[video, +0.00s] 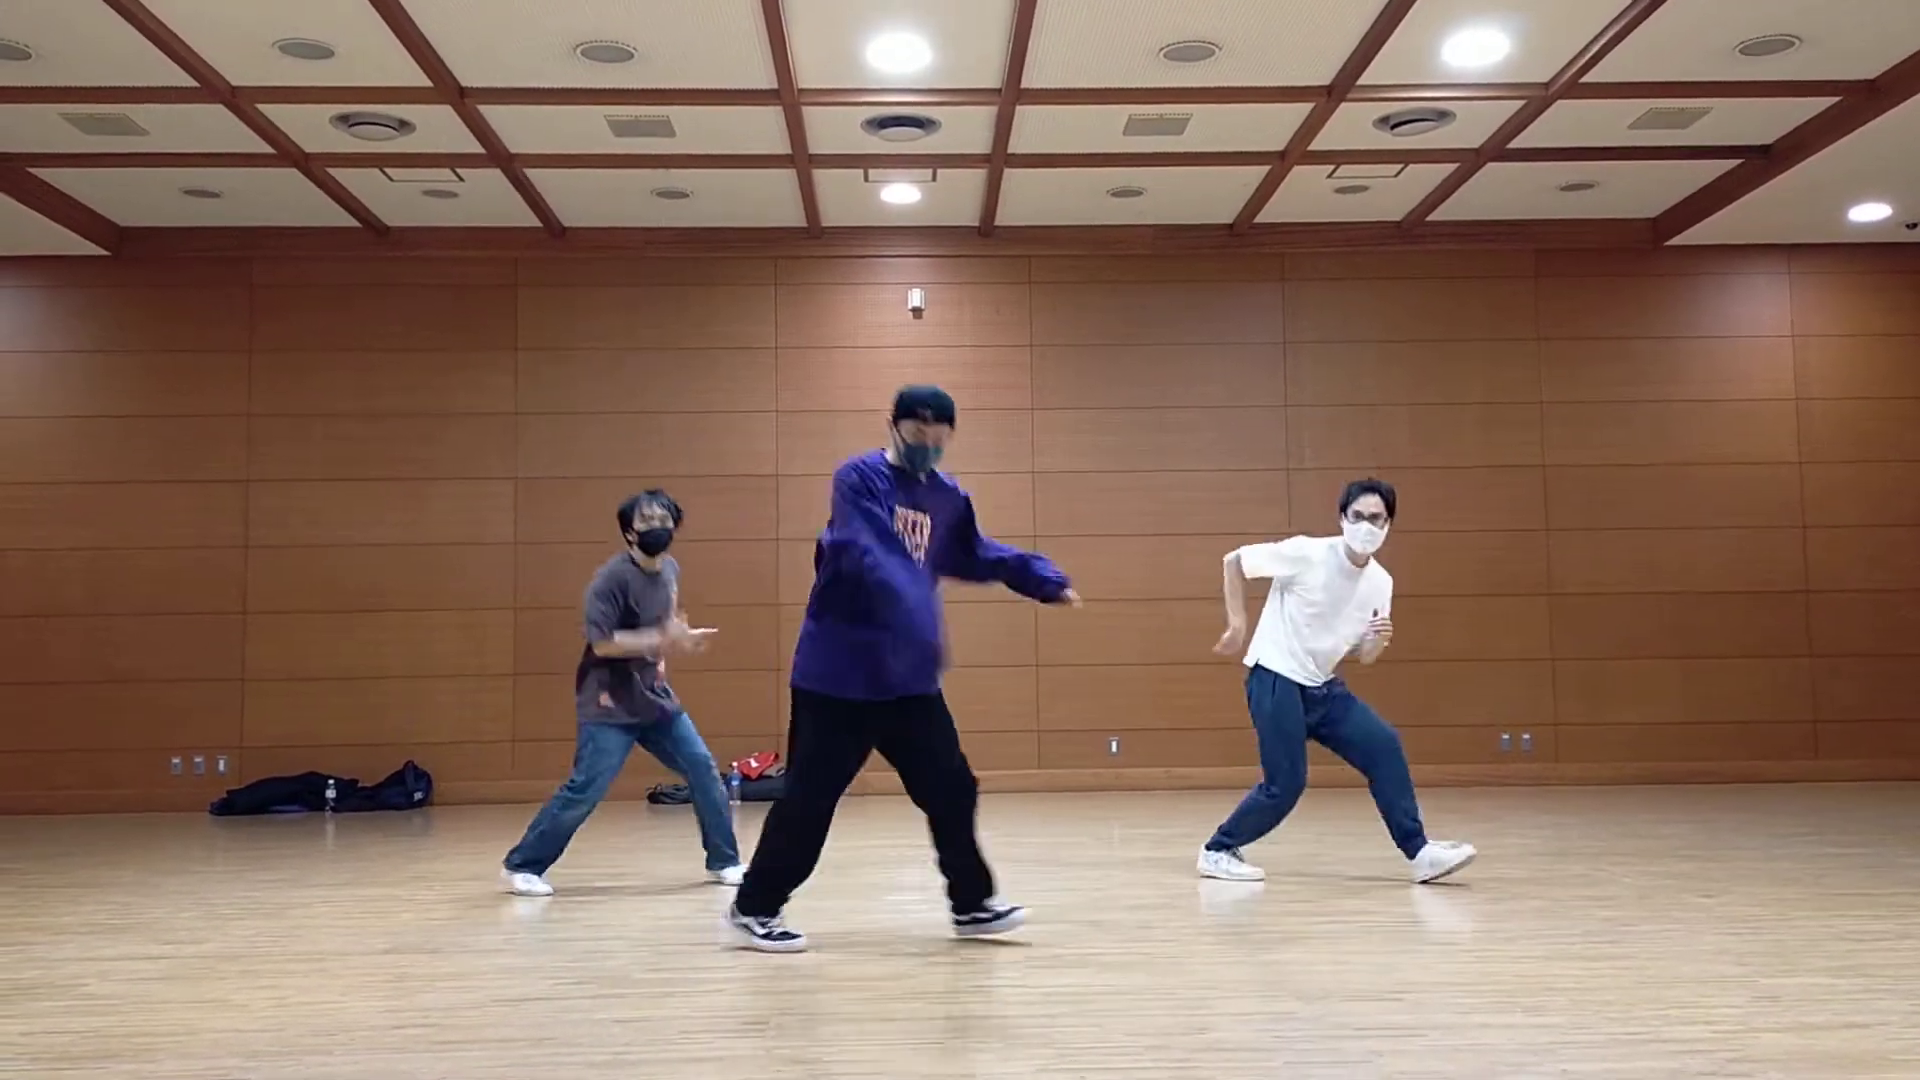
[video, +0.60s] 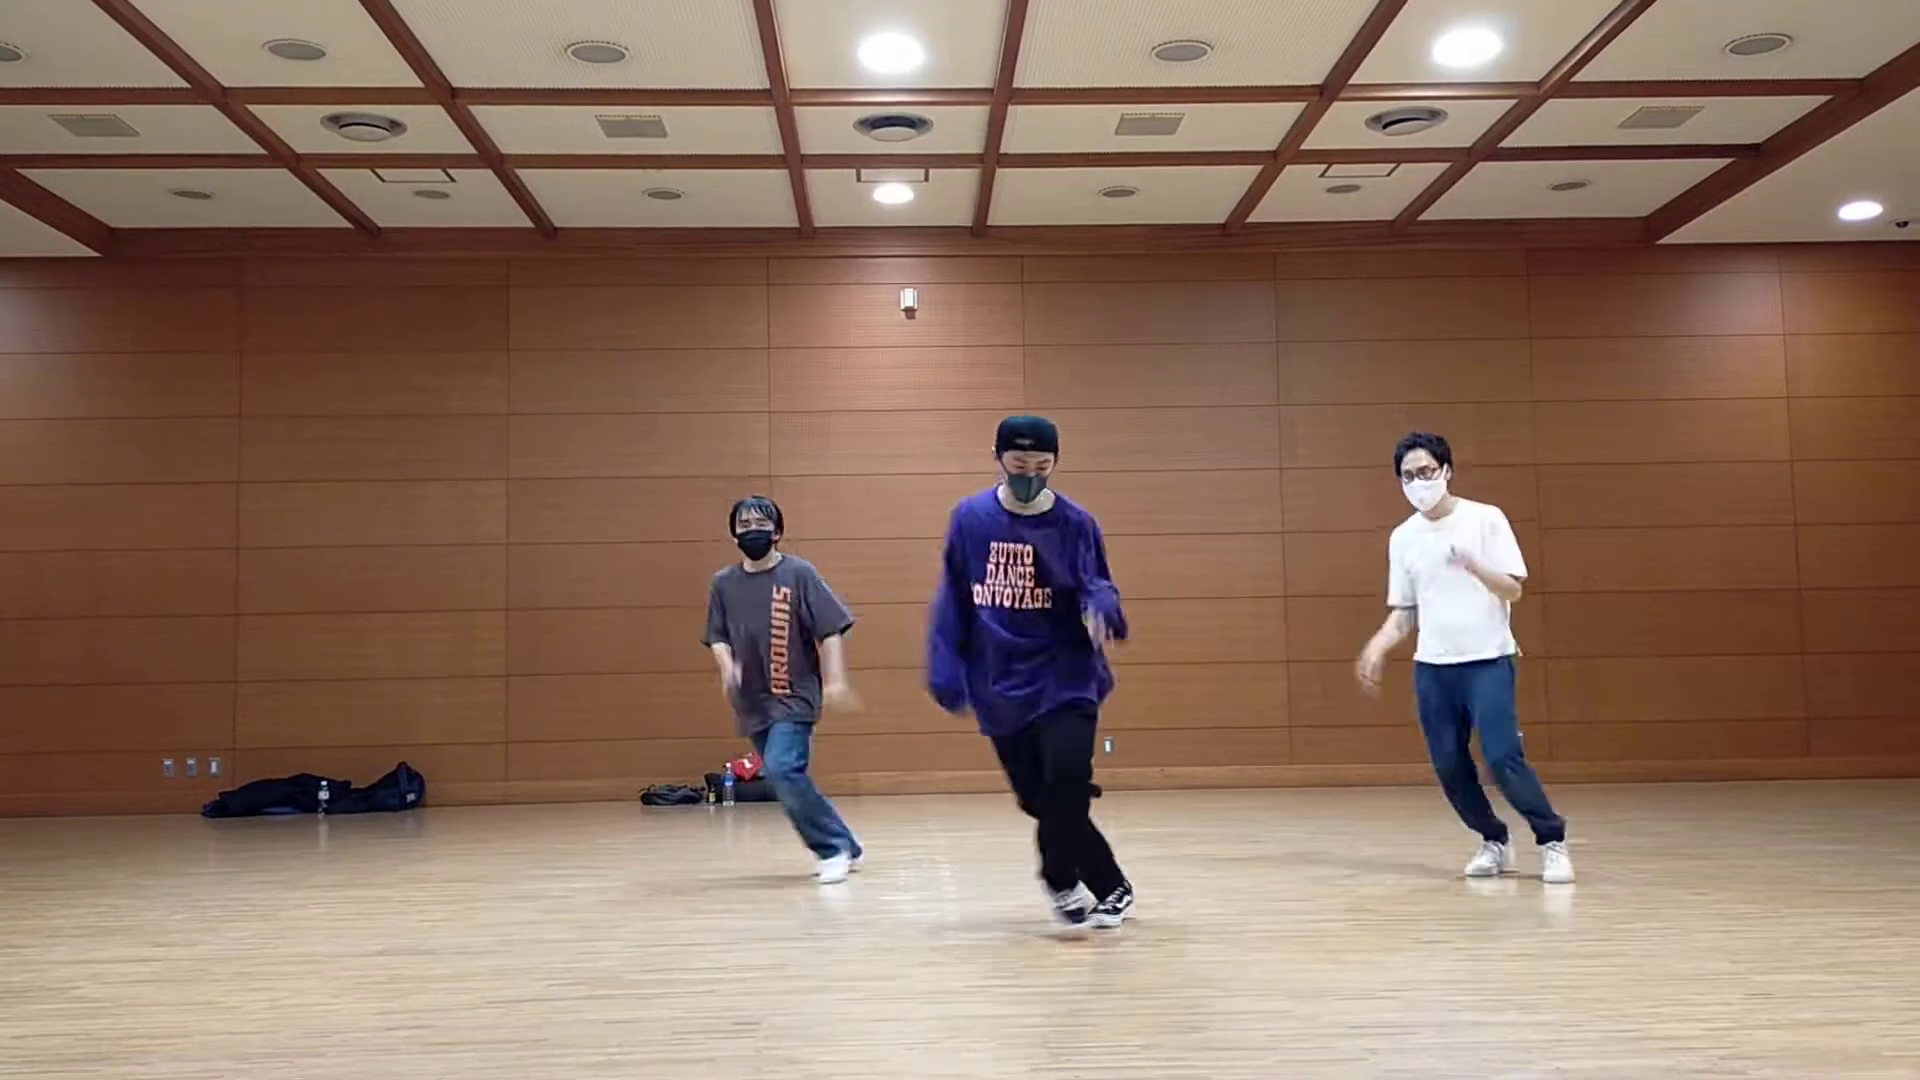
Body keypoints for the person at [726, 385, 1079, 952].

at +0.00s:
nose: (926, 432)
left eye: (937, 424)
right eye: (916, 421)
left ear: (950, 435)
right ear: (894, 426)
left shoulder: (949, 499)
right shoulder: (859, 479)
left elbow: (971, 555)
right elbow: (862, 551)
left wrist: (1038, 575)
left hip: (906, 678)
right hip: (837, 677)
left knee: (951, 789)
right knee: (809, 798)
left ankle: (972, 905)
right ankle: (753, 909)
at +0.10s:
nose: (958, 489)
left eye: (968, 480)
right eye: (947, 477)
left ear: (978, 485)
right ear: (925, 475)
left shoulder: (966, 546)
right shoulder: (889, 531)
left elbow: (1002, 604)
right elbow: (861, 617)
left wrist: (1085, 613)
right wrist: (863, 712)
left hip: (907, 697)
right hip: (858, 699)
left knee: (982, 784)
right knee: (824, 813)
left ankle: (991, 910)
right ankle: (741, 917)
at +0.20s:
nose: (992, 495)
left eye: (1002, 485)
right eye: (980, 483)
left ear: (1012, 490)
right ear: (959, 484)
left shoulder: (1005, 544)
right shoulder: (910, 531)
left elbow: (1022, 621)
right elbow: (843, 598)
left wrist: (1075, 668)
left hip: (947, 683)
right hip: (890, 681)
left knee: (1005, 783)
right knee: (884, 786)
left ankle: (991, 910)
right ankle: (787, 887)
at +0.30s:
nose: (1007, 484)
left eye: (1018, 475)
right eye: (997, 472)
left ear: (1029, 478)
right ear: (975, 470)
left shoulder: (1030, 530)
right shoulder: (923, 516)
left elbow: (1035, 613)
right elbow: (842, 562)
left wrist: (1044, 678)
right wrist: (766, 600)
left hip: (987, 676)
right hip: (927, 670)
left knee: (1025, 785)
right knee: (939, 769)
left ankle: (991, 910)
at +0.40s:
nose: (1019, 471)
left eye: (1029, 462)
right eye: (1009, 460)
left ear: (1039, 464)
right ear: (987, 458)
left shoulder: (1046, 517)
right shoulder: (936, 502)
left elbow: (1055, 599)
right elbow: (859, 538)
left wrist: (1048, 670)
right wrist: (795, 570)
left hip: (1024, 677)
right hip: (955, 674)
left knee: (1031, 799)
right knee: (975, 784)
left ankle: (991, 909)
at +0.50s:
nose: (1025, 464)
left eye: (1035, 455)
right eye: (1015, 454)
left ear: (1047, 457)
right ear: (994, 452)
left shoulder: (1064, 514)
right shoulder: (953, 498)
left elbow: (1075, 592)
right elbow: (898, 551)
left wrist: (1083, 651)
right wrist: (867, 590)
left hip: (1044, 676)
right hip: (975, 679)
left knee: (1041, 794)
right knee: (1002, 794)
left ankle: (1006, 900)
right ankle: (1086, 862)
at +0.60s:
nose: (1027, 463)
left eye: (1038, 455)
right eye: (1017, 453)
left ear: (1052, 460)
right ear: (1000, 458)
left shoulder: (1076, 524)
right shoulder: (970, 519)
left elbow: (1100, 590)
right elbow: (951, 598)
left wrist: (1102, 609)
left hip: (1067, 677)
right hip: (1000, 683)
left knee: (1065, 784)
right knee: (1037, 797)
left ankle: (1059, 879)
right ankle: (1113, 887)